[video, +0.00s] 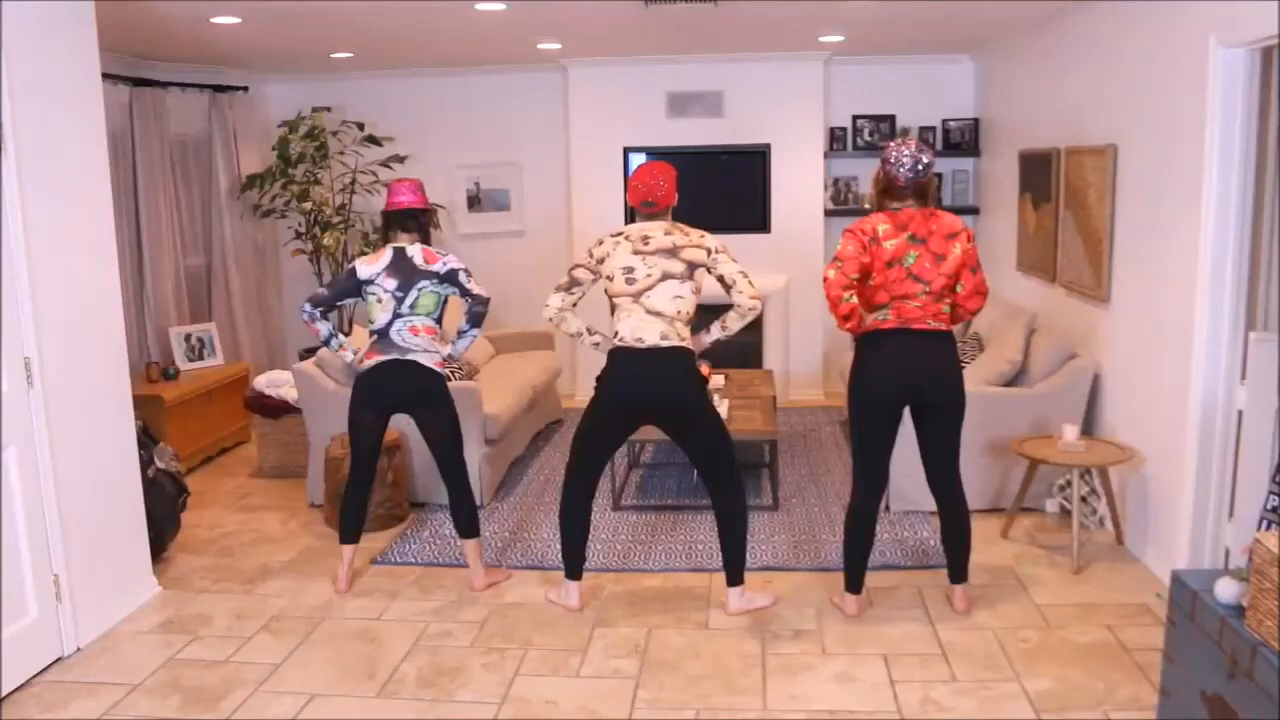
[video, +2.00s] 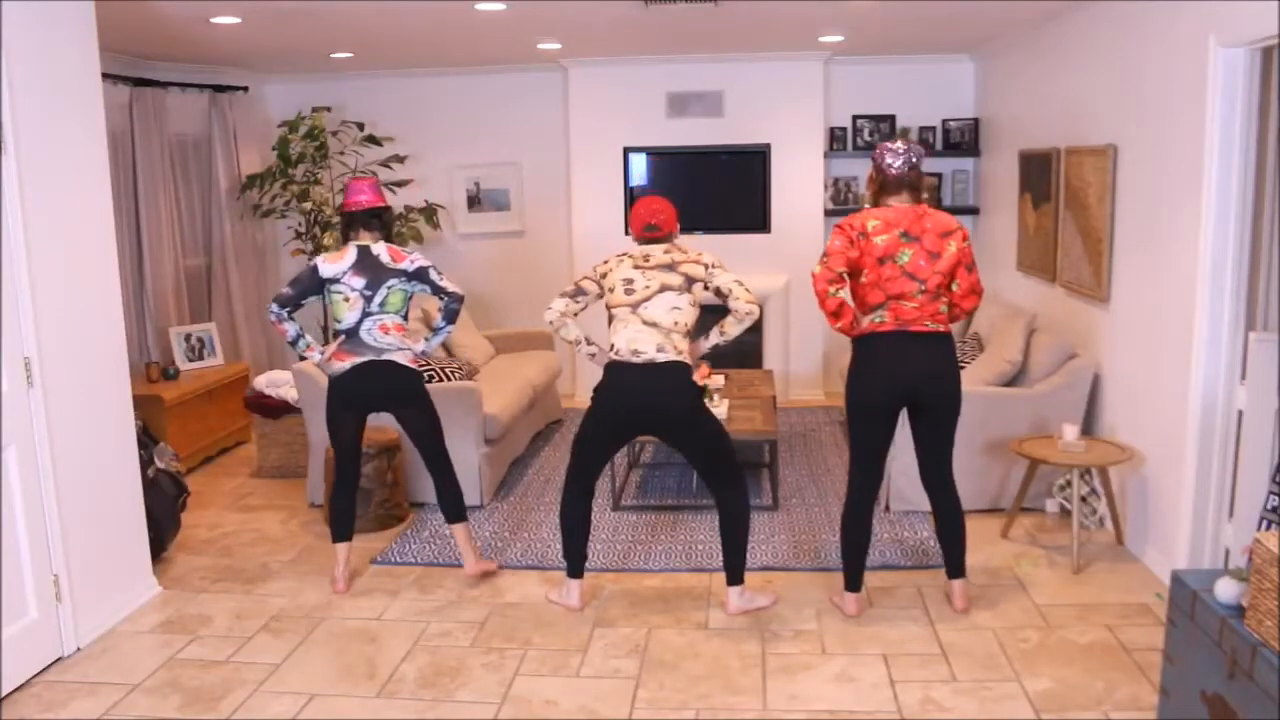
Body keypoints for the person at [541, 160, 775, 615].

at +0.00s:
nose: (663, 202)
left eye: (642, 196)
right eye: (669, 194)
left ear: (631, 201)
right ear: (674, 200)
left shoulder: (607, 245)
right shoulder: (700, 242)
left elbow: (557, 308)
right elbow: (748, 301)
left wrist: (606, 345)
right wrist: (702, 340)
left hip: (622, 378)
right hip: (678, 379)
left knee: (580, 475)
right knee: (724, 478)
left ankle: (571, 587)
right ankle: (736, 591)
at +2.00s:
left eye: (640, 225)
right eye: (670, 226)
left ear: (632, 232)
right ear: (676, 231)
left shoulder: (612, 266)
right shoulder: (699, 263)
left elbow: (557, 314)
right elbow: (747, 308)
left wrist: (598, 355)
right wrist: (701, 346)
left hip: (619, 390)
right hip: (676, 391)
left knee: (579, 481)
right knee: (729, 485)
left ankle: (573, 588)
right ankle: (736, 592)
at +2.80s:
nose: (617, 212)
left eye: (610, 206)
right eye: (624, 203)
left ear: (606, 205)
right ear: (647, 201)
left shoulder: (591, 240)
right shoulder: (680, 231)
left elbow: (562, 299)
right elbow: (709, 300)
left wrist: (598, 342)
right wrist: (670, 314)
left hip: (624, 367)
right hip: (675, 365)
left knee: (576, 471)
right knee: (701, 471)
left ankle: (598, 582)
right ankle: (714, 582)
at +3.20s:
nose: (573, 193)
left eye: (580, 186)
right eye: (575, 185)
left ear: (603, 193)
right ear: (613, 194)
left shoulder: (594, 234)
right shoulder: (642, 228)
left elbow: (612, 294)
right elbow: (667, 291)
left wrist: (609, 346)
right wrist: (628, 340)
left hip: (656, 359)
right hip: (686, 355)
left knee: (592, 466)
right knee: (662, 458)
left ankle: (626, 571)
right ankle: (683, 560)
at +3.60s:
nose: (559, 217)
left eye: (571, 210)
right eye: (558, 209)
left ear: (596, 220)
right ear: (556, 217)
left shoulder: (617, 262)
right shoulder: (583, 258)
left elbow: (683, 296)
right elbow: (615, 292)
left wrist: (650, 342)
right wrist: (595, 314)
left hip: (672, 363)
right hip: (637, 363)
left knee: (646, 465)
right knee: (600, 456)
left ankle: (666, 577)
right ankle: (631, 545)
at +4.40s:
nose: (627, 205)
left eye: (635, 196)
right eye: (619, 196)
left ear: (649, 192)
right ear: (606, 194)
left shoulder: (674, 226)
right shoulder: (584, 224)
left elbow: (716, 272)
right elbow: (546, 279)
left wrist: (680, 320)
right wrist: (599, 288)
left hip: (656, 350)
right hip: (603, 352)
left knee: (694, 445)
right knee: (585, 451)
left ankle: (701, 547)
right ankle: (598, 550)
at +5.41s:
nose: (619, 265)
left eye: (627, 254)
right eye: (611, 254)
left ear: (641, 257)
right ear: (596, 255)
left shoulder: (664, 287)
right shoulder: (574, 286)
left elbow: (694, 315)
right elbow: (548, 318)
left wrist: (664, 365)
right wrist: (594, 347)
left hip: (652, 380)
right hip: (593, 381)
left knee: (704, 459)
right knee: (543, 468)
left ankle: (703, 553)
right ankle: (554, 555)